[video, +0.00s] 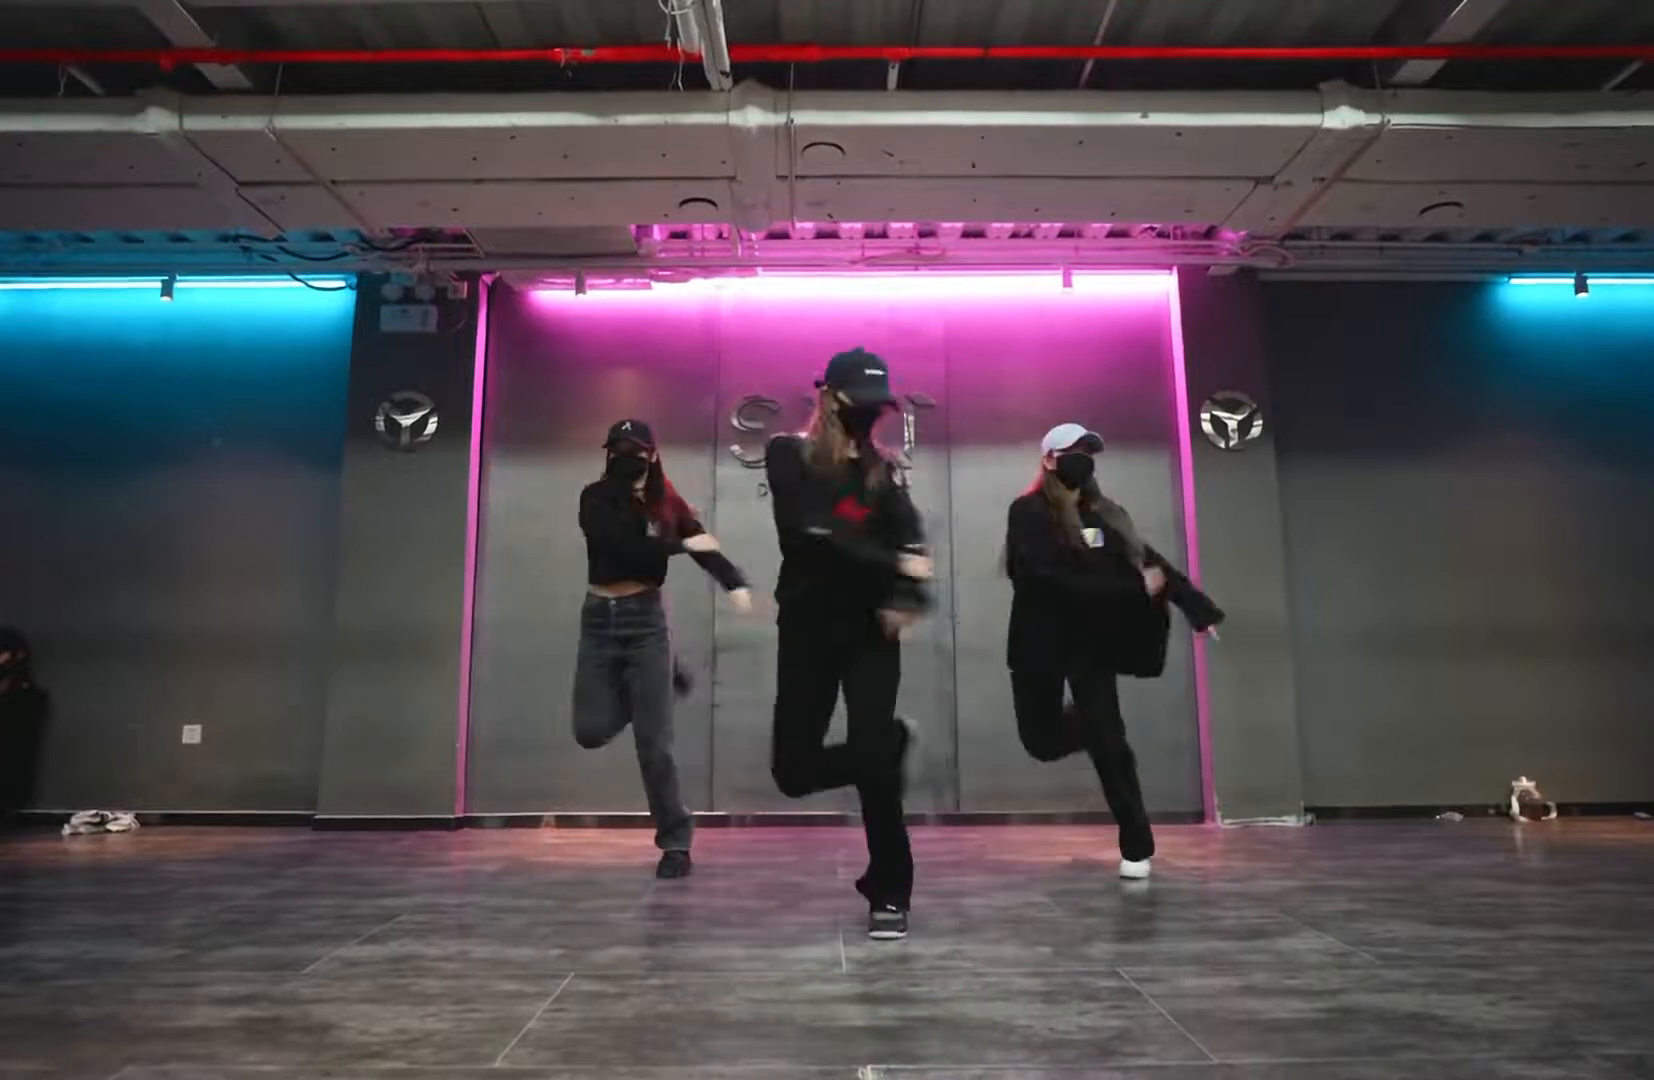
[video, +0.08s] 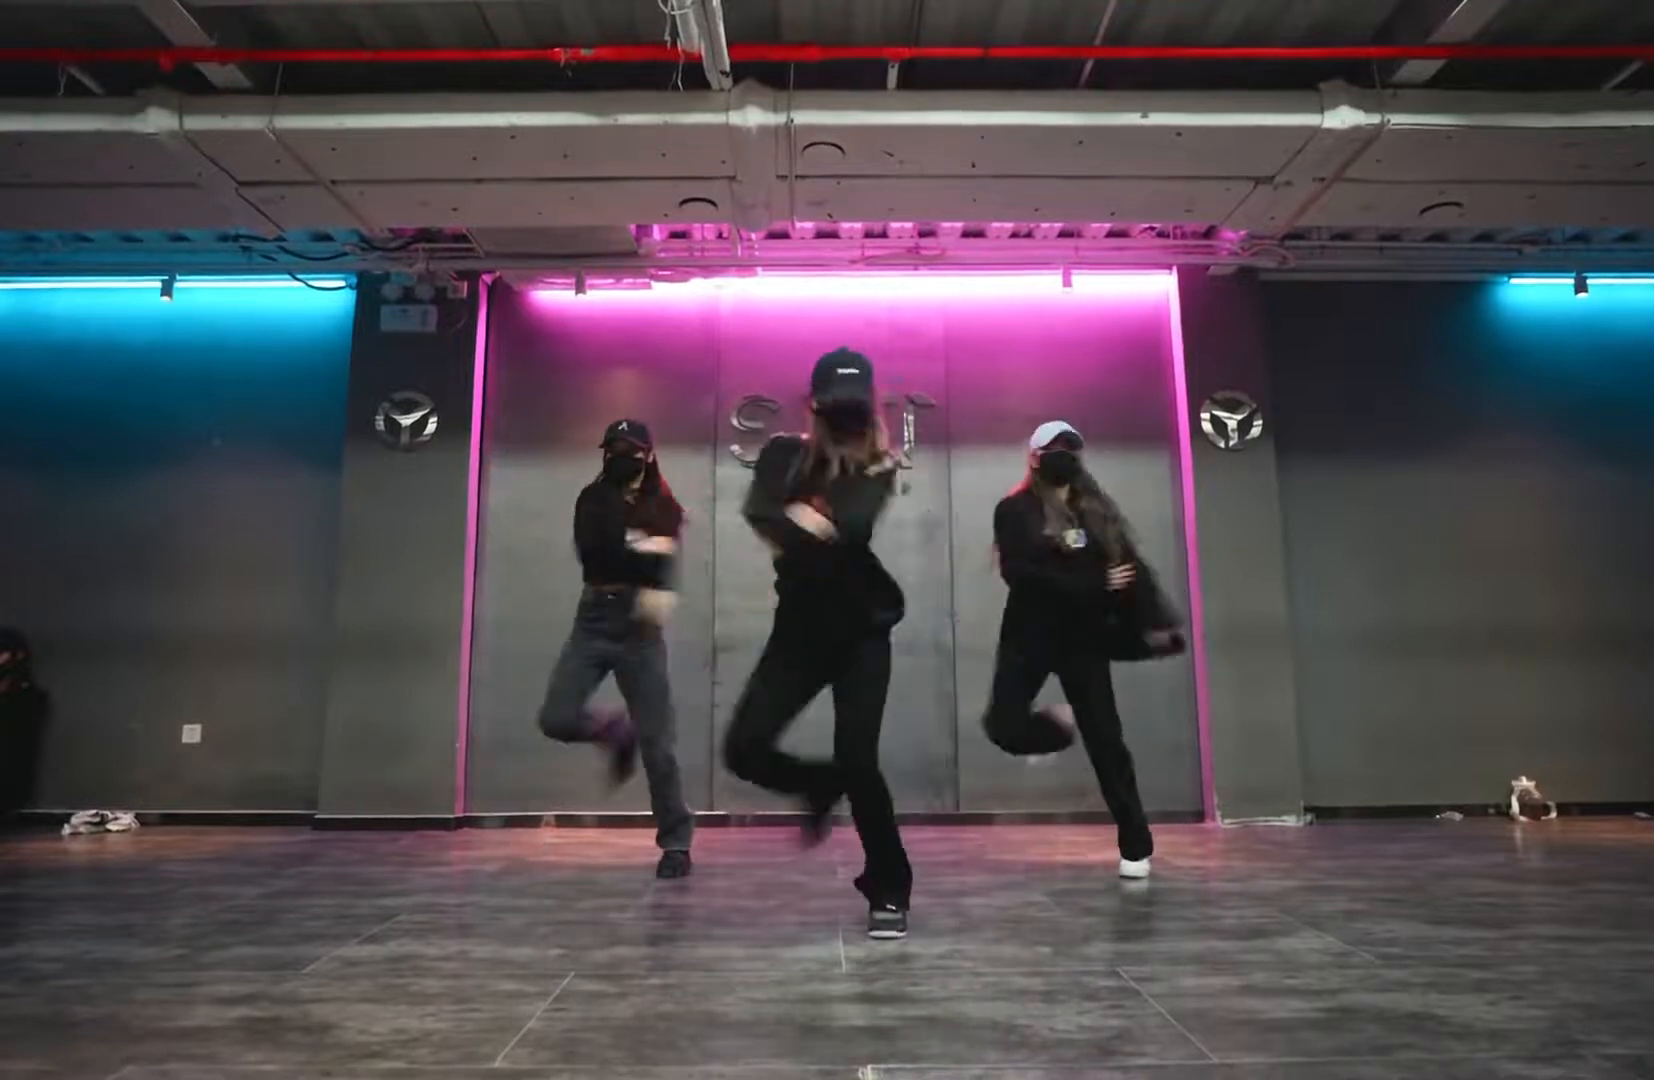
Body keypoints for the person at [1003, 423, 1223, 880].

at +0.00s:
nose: (1084, 466)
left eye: (1088, 459)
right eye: (1074, 458)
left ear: (1094, 463)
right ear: (1050, 460)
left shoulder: (1102, 513)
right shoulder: (1029, 510)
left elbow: (1146, 562)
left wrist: (1197, 607)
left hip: (1088, 642)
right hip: (1038, 645)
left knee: (1106, 740)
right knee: (1042, 741)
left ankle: (1136, 849)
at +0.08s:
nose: (1062, 463)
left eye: (1069, 456)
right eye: (1052, 455)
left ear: (1079, 460)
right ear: (1033, 458)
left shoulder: (1093, 506)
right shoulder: (1014, 509)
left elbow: (1127, 563)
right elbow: (1022, 571)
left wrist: (1158, 621)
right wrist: (1097, 579)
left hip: (1082, 637)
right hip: (1028, 637)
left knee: (1105, 742)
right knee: (1004, 729)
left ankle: (1135, 849)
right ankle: (1060, 729)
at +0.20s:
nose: (1009, 468)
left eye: (1018, 459)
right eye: (1006, 460)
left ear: (1044, 459)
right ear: (1008, 460)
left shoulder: (1065, 503)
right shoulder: (998, 510)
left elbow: (1055, 558)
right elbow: (977, 569)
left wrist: (995, 555)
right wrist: (1022, 546)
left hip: (1062, 638)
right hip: (1006, 638)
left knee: (1091, 743)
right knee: (968, 738)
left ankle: (1131, 848)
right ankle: (956, 841)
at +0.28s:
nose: (995, 473)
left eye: (1003, 465)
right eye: (993, 466)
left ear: (1030, 465)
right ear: (1008, 468)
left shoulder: (1050, 508)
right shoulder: (995, 526)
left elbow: (992, 517)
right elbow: (945, 559)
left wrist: (928, 503)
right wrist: (931, 513)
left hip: (1052, 642)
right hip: (998, 644)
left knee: (1081, 746)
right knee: (962, 745)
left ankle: (1125, 851)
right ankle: (951, 850)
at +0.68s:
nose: (1026, 470)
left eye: (1031, 463)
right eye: (1015, 466)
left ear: (1043, 464)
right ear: (996, 472)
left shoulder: (1061, 497)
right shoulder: (986, 520)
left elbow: (1043, 509)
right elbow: (935, 542)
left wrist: (987, 504)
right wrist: (933, 488)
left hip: (1067, 636)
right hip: (1011, 640)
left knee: (1092, 741)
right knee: (970, 734)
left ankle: (1122, 849)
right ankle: (954, 847)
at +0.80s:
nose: (1044, 465)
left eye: (1048, 456)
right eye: (1036, 459)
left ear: (1017, 462)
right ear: (1023, 467)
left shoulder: (1080, 499)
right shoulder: (999, 519)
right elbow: (946, 529)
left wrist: (1038, 494)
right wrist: (948, 475)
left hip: (1083, 637)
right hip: (1025, 639)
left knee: (1102, 741)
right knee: (985, 736)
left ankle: (1123, 849)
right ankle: (952, 846)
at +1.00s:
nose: (1069, 481)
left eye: (1077, 472)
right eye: (1060, 472)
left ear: (1088, 476)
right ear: (1043, 474)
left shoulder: (1116, 518)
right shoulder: (1026, 520)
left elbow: (1168, 510)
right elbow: (975, 527)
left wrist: (1112, 482)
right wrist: (977, 467)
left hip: (1110, 650)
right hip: (1048, 649)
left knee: (1118, 745)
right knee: (1007, 731)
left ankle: (1124, 848)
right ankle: (995, 836)